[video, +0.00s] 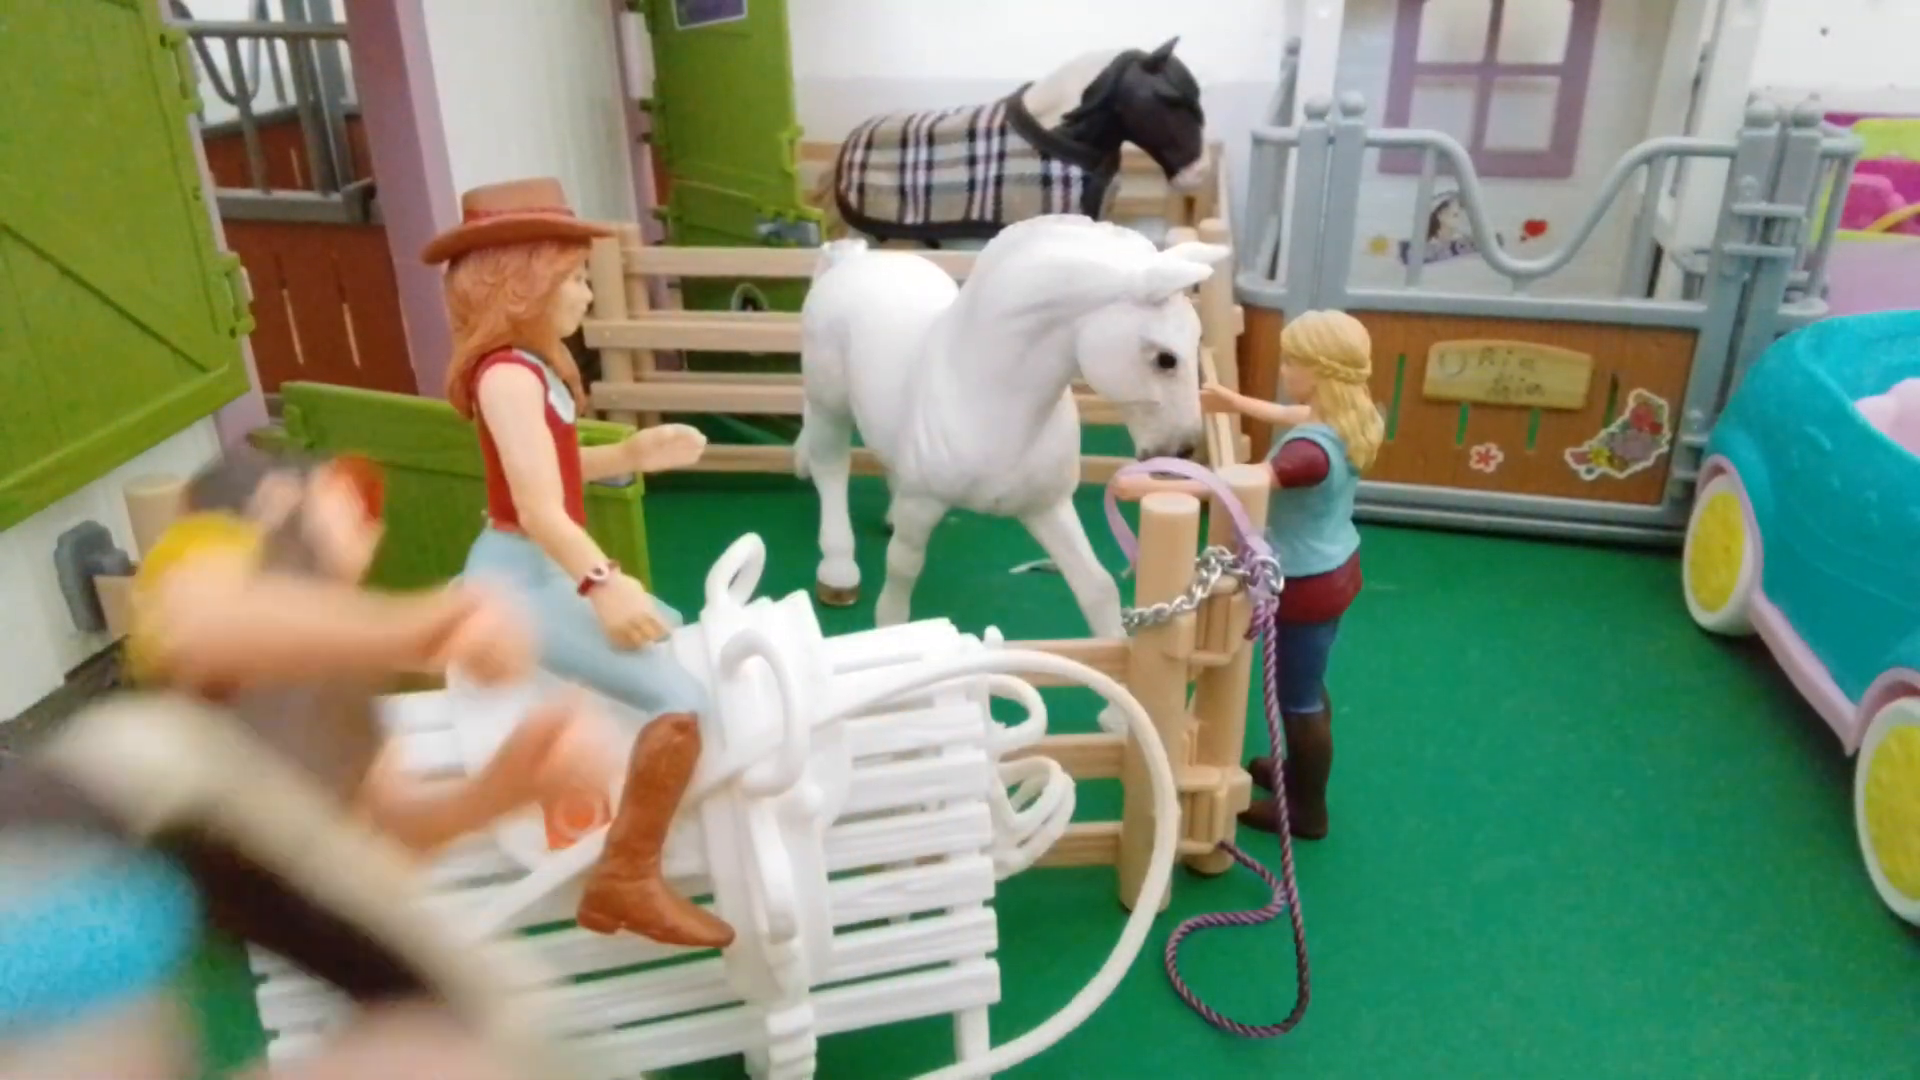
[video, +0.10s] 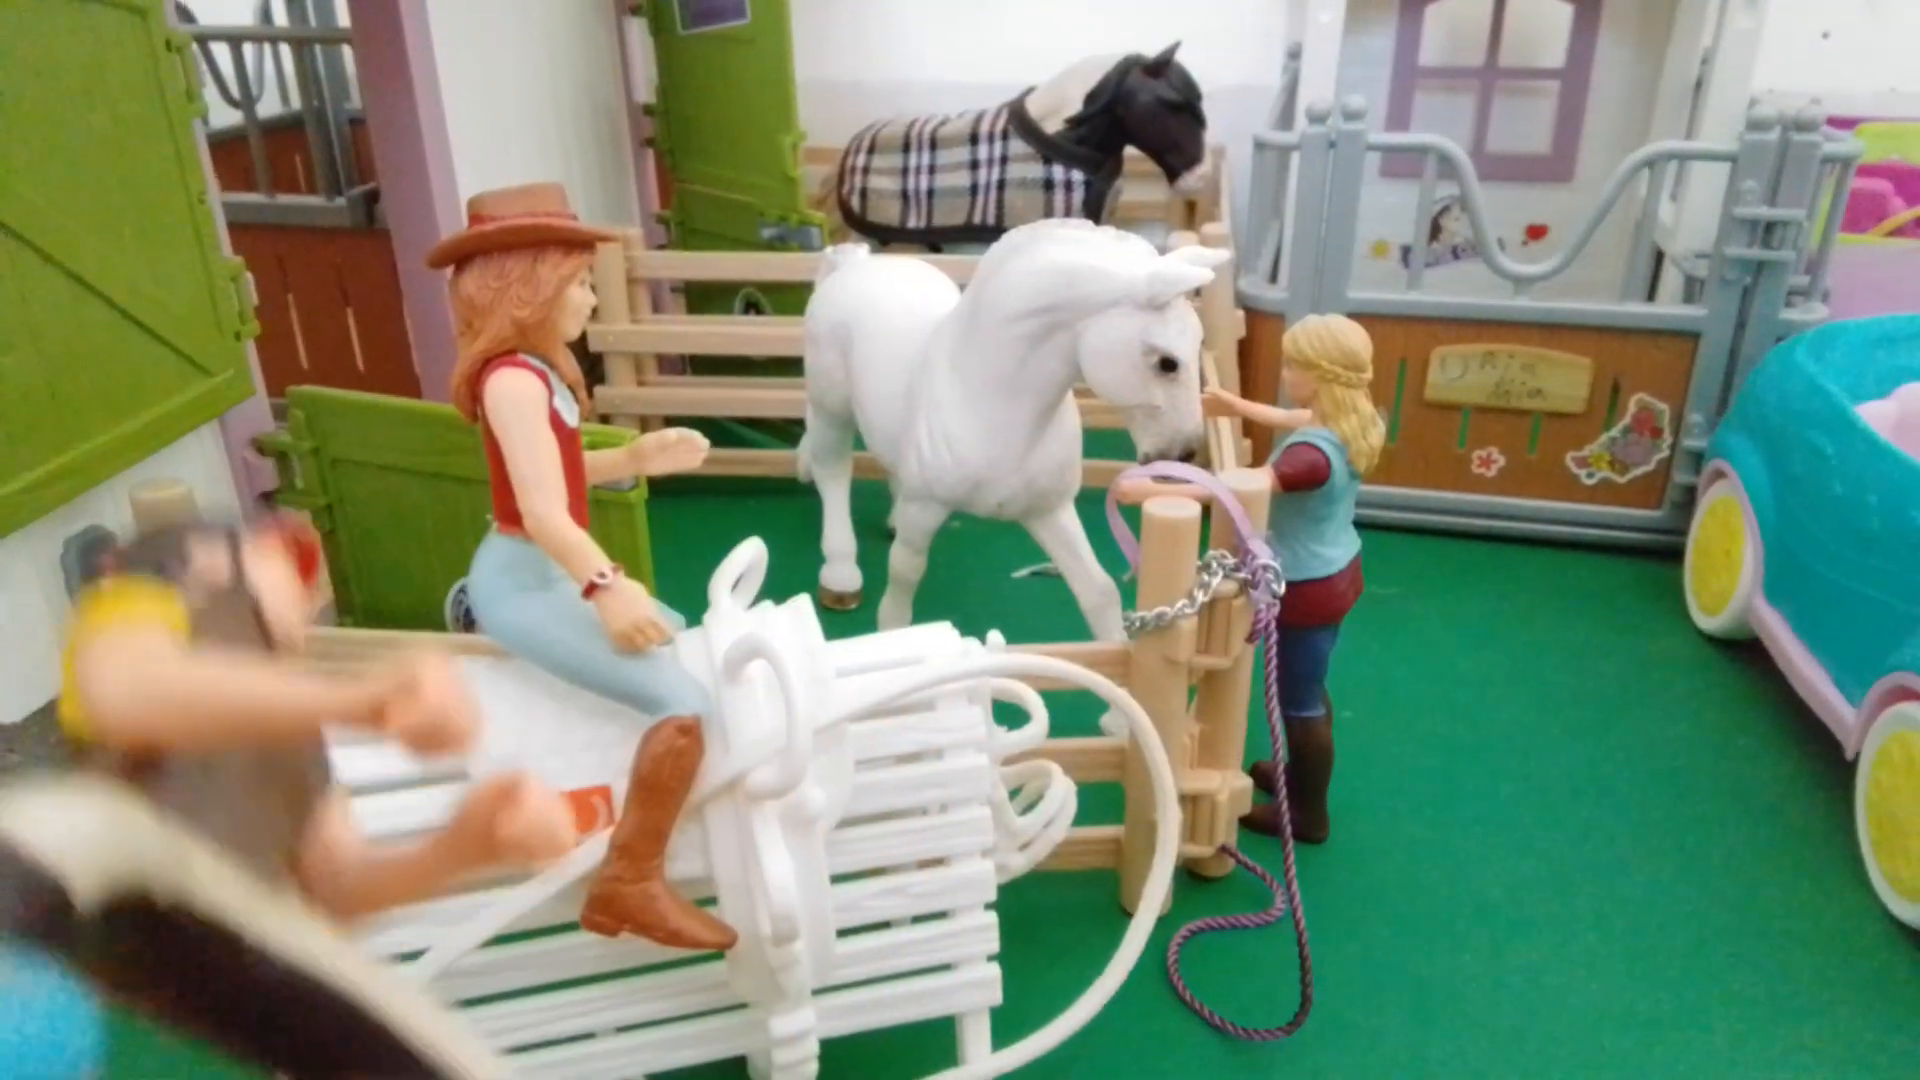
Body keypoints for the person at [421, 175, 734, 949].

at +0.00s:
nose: (588, 295)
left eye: (585, 278)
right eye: (576, 279)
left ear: (530, 289)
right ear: (527, 286)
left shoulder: (535, 369)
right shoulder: (509, 378)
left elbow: (550, 469)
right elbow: (536, 512)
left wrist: (633, 455)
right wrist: (605, 583)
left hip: (548, 569)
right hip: (520, 579)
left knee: (696, 665)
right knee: (683, 696)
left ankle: (637, 873)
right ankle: (627, 879)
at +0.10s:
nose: (592, 299)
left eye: (589, 282)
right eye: (580, 283)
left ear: (534, 293)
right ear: (532, 290)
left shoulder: (542, 373)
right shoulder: (514, 382)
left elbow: (557, 473)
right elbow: (541, 516)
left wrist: (637, 458)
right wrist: (608, 587)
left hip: (557, 568)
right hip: (520, 581)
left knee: (706, 661)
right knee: (685, 700)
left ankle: (642, 876)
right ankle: (628, 882)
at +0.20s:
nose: (594, 306)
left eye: (591, 289)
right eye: (583, 290)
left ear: (543, 299)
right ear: (536, 298)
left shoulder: (548, 380)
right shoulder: (517, 390)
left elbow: (563, 478)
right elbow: (543, 522)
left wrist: (642, 463)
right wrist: (609, 591)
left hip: (557, 570)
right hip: (521, 584)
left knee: (704, 665)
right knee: (685, 704)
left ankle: (642, 878)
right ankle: (628, 884)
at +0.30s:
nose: (587, 287)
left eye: (584, 271)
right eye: (575, 271)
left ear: (533, 280)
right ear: (527, 278)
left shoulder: (539, 363)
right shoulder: (509, 372)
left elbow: (552, 463)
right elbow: (535, 506)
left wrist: (634, 449)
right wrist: (603, 578)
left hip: (550, 558)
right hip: (513, 572)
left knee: (701, 650)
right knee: (681, 690)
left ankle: (638, 866)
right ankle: (624, 874)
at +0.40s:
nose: (591, 293)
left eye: (588, 275)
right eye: (579, 275)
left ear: (537, 283)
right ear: (531, 281)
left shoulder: (542, 367)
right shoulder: (513, 376)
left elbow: (557, 466)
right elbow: (541, 511)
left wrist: (637, 451)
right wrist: (609, 581)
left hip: (554, 563)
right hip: (521, 575)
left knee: (704, 660)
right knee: (685, 693)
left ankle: (642, 874)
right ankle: (629, 878)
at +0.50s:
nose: (631, 328)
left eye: (631, 311)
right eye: (618, 310)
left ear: (613, 317)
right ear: (565, 317)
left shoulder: (591, 406)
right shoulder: (565, 414)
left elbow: (612, 510)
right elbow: (594, 551)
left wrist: (686, 496)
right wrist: (659, 626)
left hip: (600, 619)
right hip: (571, 627)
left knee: (732, 722)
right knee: (724, 739)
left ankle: (676, 916)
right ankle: (674, 919)